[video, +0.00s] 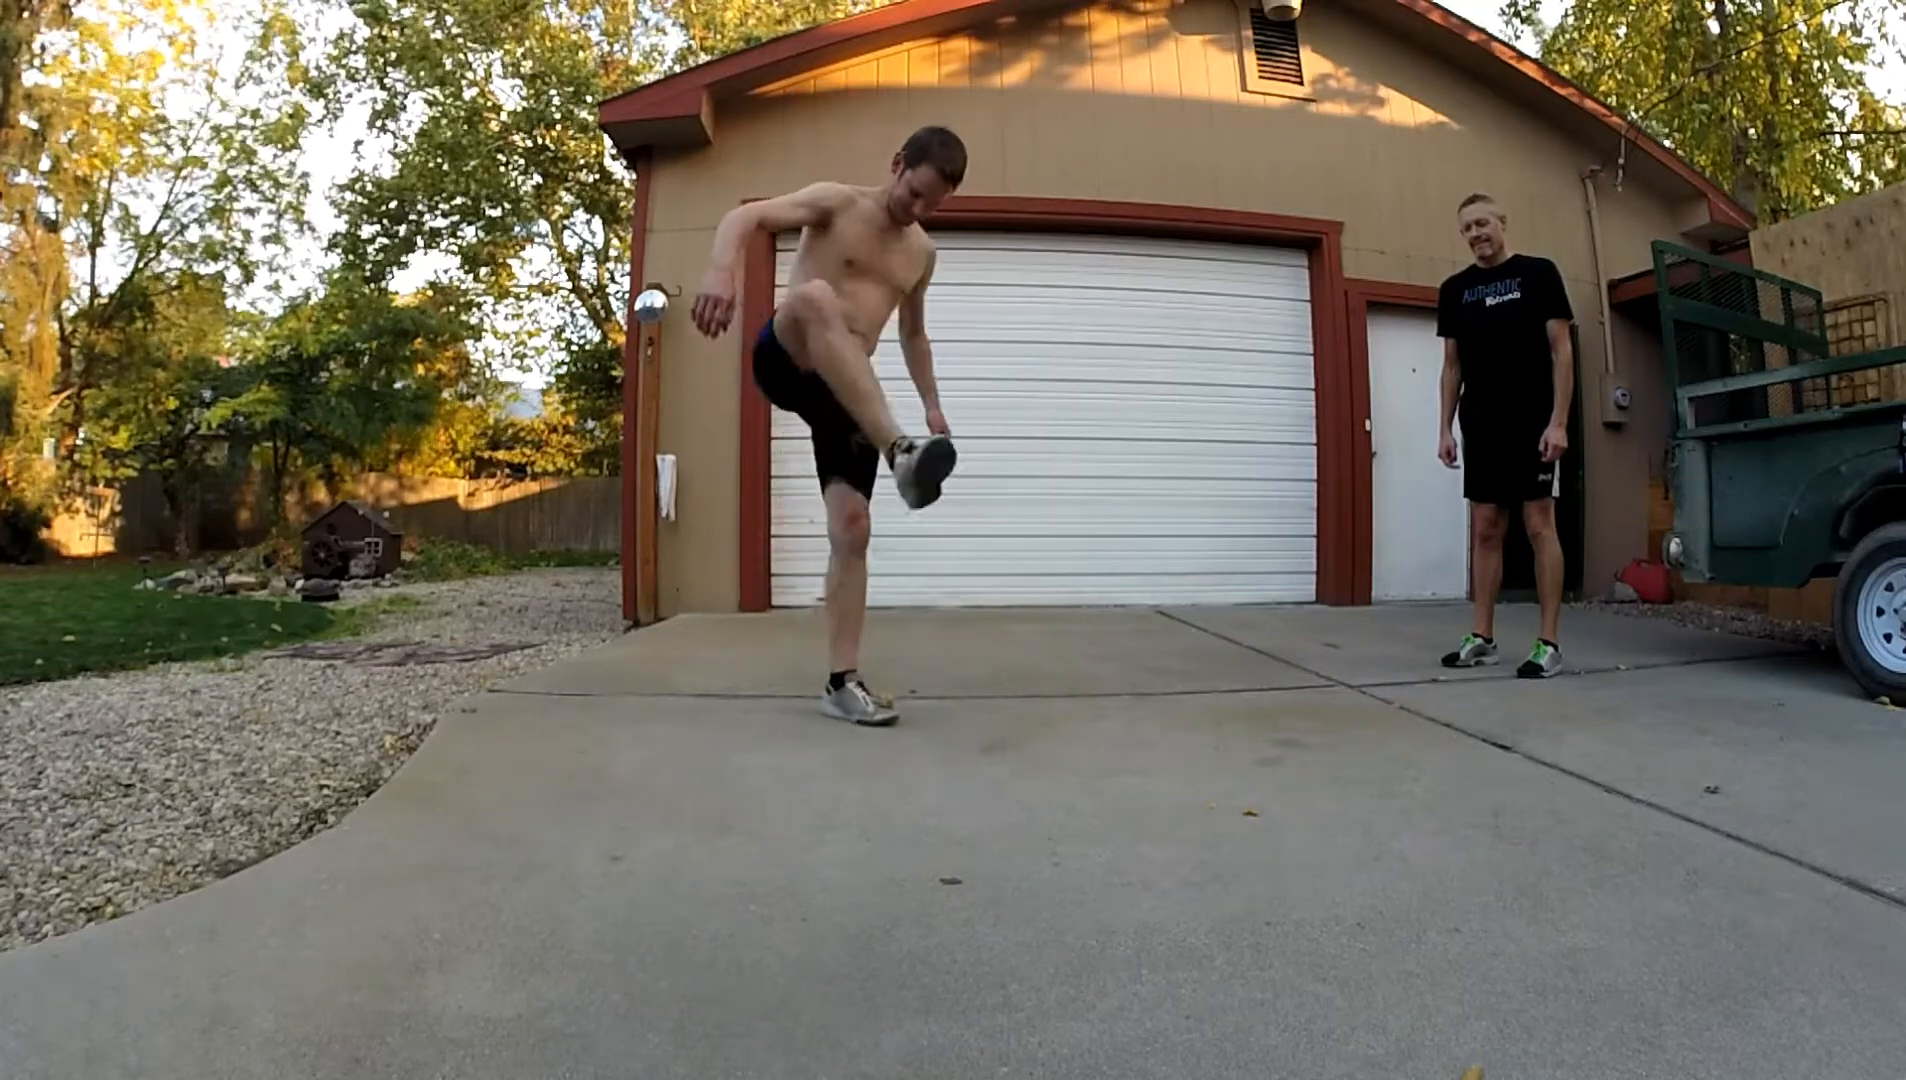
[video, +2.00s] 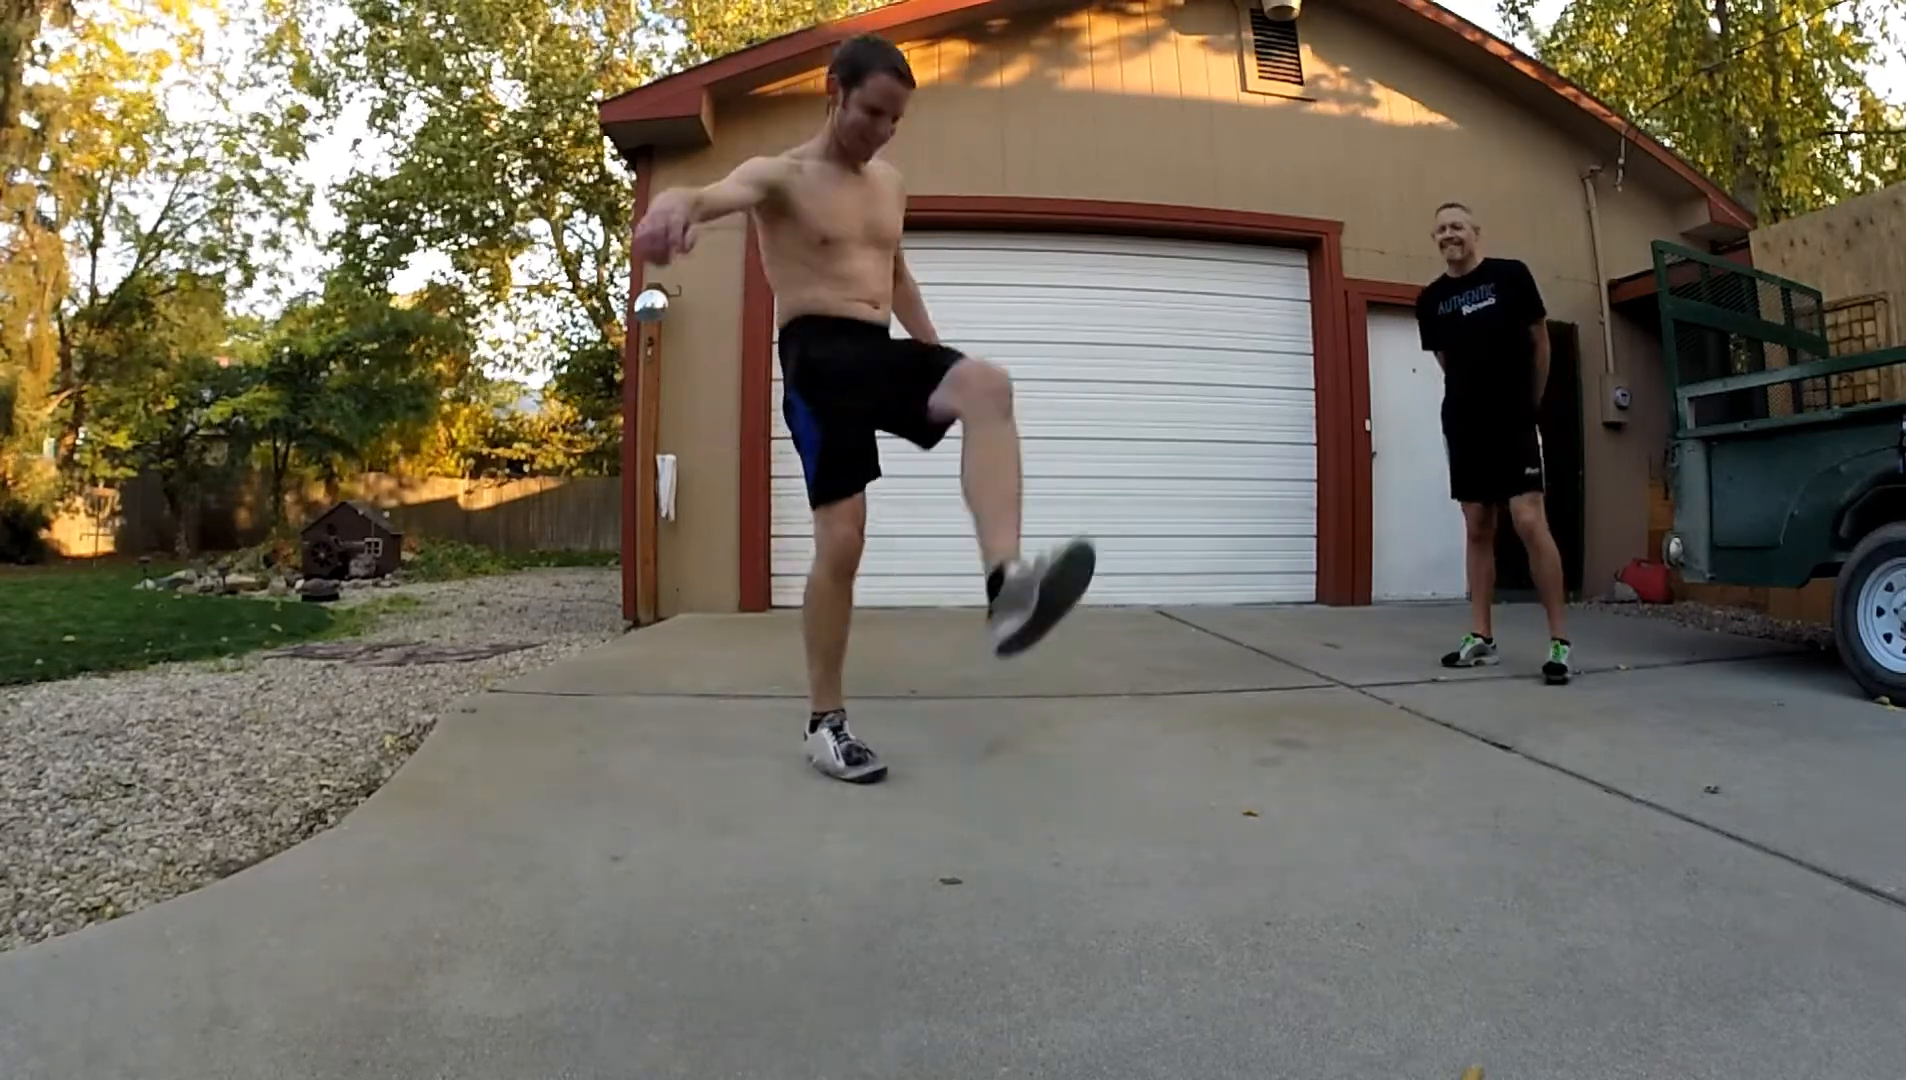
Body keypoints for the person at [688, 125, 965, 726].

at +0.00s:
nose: (919, 207)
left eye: (933, 200)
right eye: (916, 191)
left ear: (946, 197)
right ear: (897, 166)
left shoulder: (920, 253)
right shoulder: (837, 202)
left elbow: (913, 333)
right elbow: (743, 216)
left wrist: (932, 404)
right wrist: (722, 274)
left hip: (849, 391)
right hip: (786, 369)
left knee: (853, 529)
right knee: (814, 297)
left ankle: (843, 680)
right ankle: (899, 453)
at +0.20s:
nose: (910, 189)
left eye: (923, 180)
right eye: (904, 173)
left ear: (933, 175)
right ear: (881, 151)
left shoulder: (914, 243)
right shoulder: (826, 195)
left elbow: (913, 323)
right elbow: (738, 220)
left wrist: (936, 394)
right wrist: (716, 267)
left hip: (865, 374)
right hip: (796, 349)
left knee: (858, 527)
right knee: (859, 357)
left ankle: (843, 679)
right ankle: (834, 541)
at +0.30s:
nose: (908, 183)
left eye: (920, 174)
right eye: (902, 167)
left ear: (929, 168)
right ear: (877, 146)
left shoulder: (913, 238)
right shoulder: (822, 194)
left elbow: (913, 318)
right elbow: (734, 228)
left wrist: (938, 390)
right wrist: (714, 289)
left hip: (862, 369)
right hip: (801, 349)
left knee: (854, 517)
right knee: (868, 425)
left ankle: (841, 680)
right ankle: (853, 605)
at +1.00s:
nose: (833, 136)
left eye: (845, 123)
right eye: (822, 121)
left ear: (860, 109)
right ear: (793, 96)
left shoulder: (868, 151)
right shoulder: (757, 181)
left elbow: (890, 232)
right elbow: (720, 290)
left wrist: (928, 300)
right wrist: (710, 395)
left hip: (880, 358)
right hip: (818, 360)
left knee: (877, 527)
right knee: (824, 533)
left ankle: (856, 676)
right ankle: (820, 715)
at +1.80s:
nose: (859, 110)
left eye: (870, 96)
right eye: (848, 92)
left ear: (880, 88)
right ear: (810, 72)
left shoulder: (879, 152)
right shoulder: (760, 168)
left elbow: (888, 247)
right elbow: (674, 255)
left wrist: (925, 322)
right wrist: (644, 340)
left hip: (887, 352)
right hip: (821, 352)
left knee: (921, 526)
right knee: (844, 538)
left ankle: (911, 715)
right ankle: (828, 724)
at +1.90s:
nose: (867, 125)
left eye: (878, 111)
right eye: (857, 107)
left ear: (887, 105)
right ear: (819, 89)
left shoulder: (878, 170)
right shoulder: (766, 175)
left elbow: (889, 263)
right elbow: (668, 232)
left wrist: (927, 342)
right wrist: (630, 285)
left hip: (887, 359)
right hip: (821, 357)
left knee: (948, 494)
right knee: (845, 540)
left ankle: (946, 703)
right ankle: (827, 725)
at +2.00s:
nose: (885, 131)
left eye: (897, 117)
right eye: (875, 112)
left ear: (903, 113)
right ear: (838, 94)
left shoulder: (889, 181)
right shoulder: (781, 173)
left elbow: (897, 270)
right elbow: (706, 201)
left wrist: (935, 354)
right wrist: (677, 207)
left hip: (883, 356)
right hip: (816, 356)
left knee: (987, 384)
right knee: (841, 542)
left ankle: (1005, 585)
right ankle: (827, 725)